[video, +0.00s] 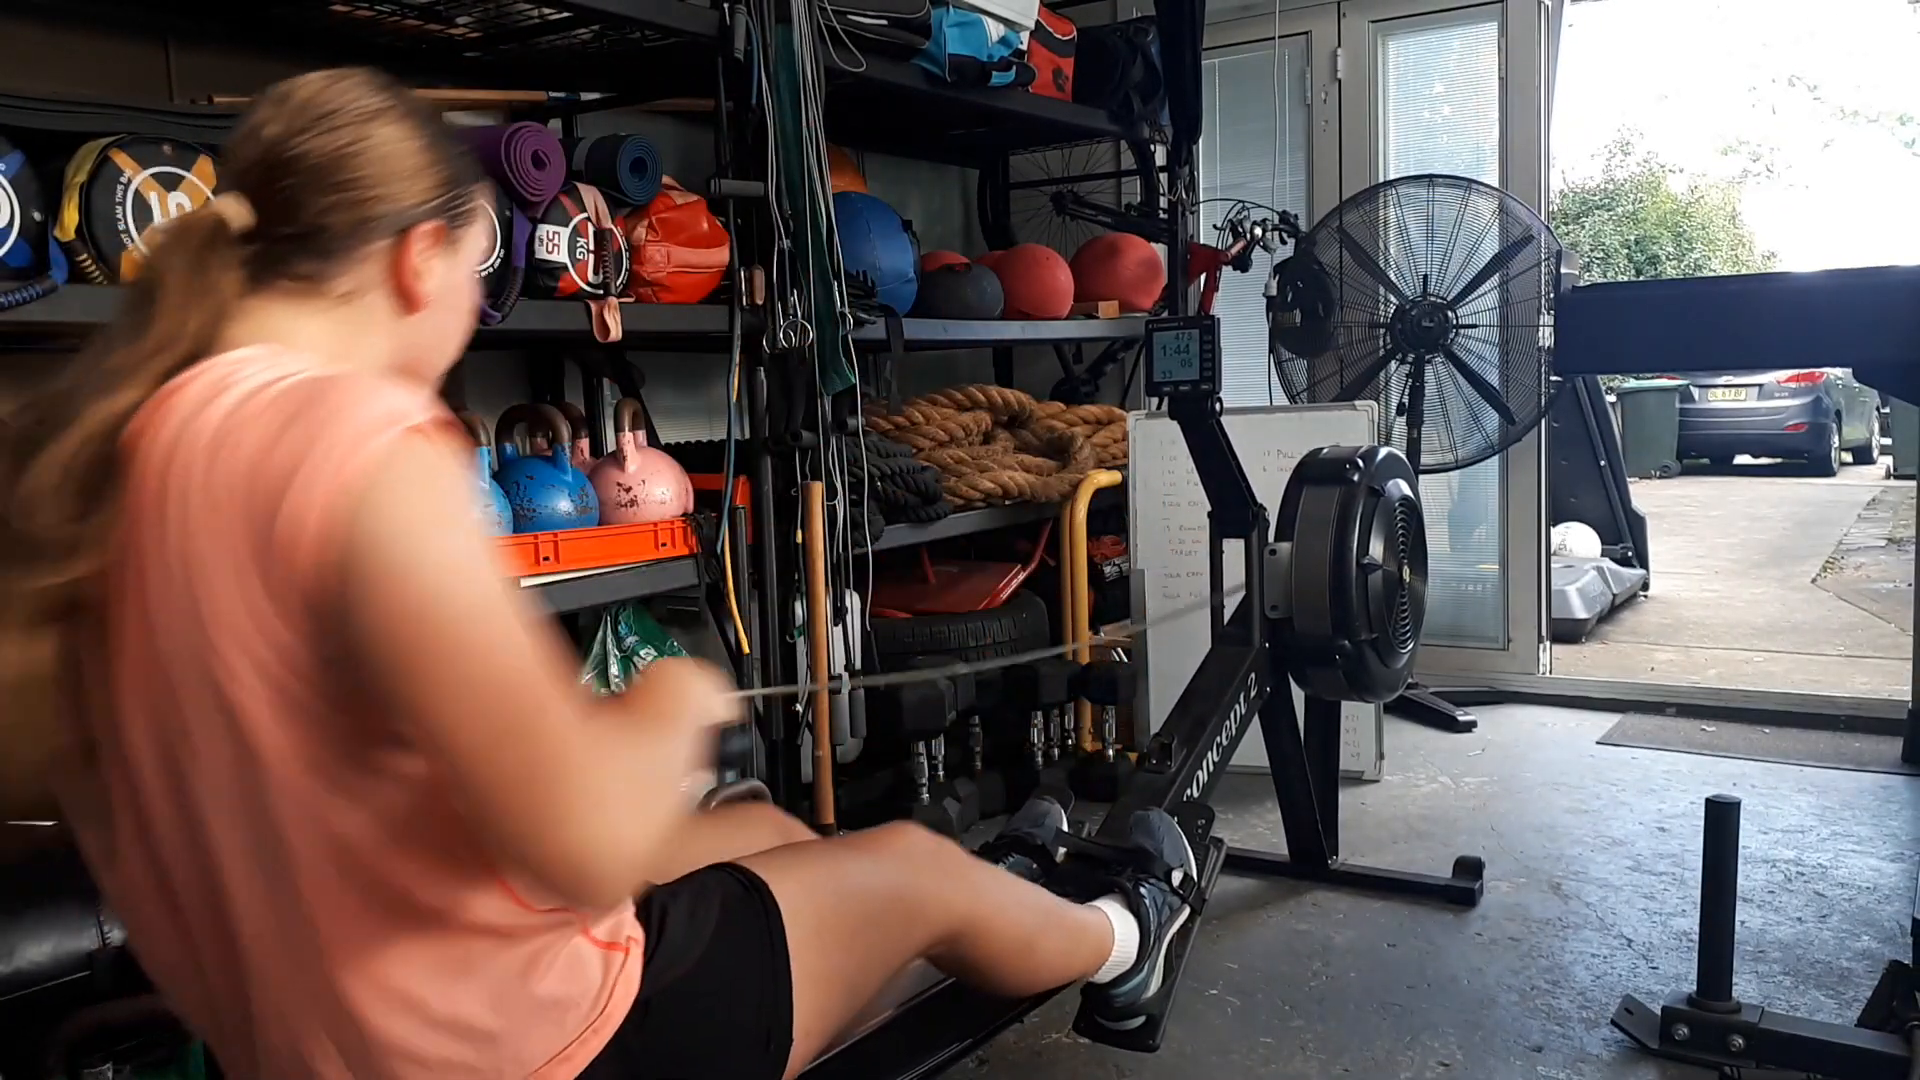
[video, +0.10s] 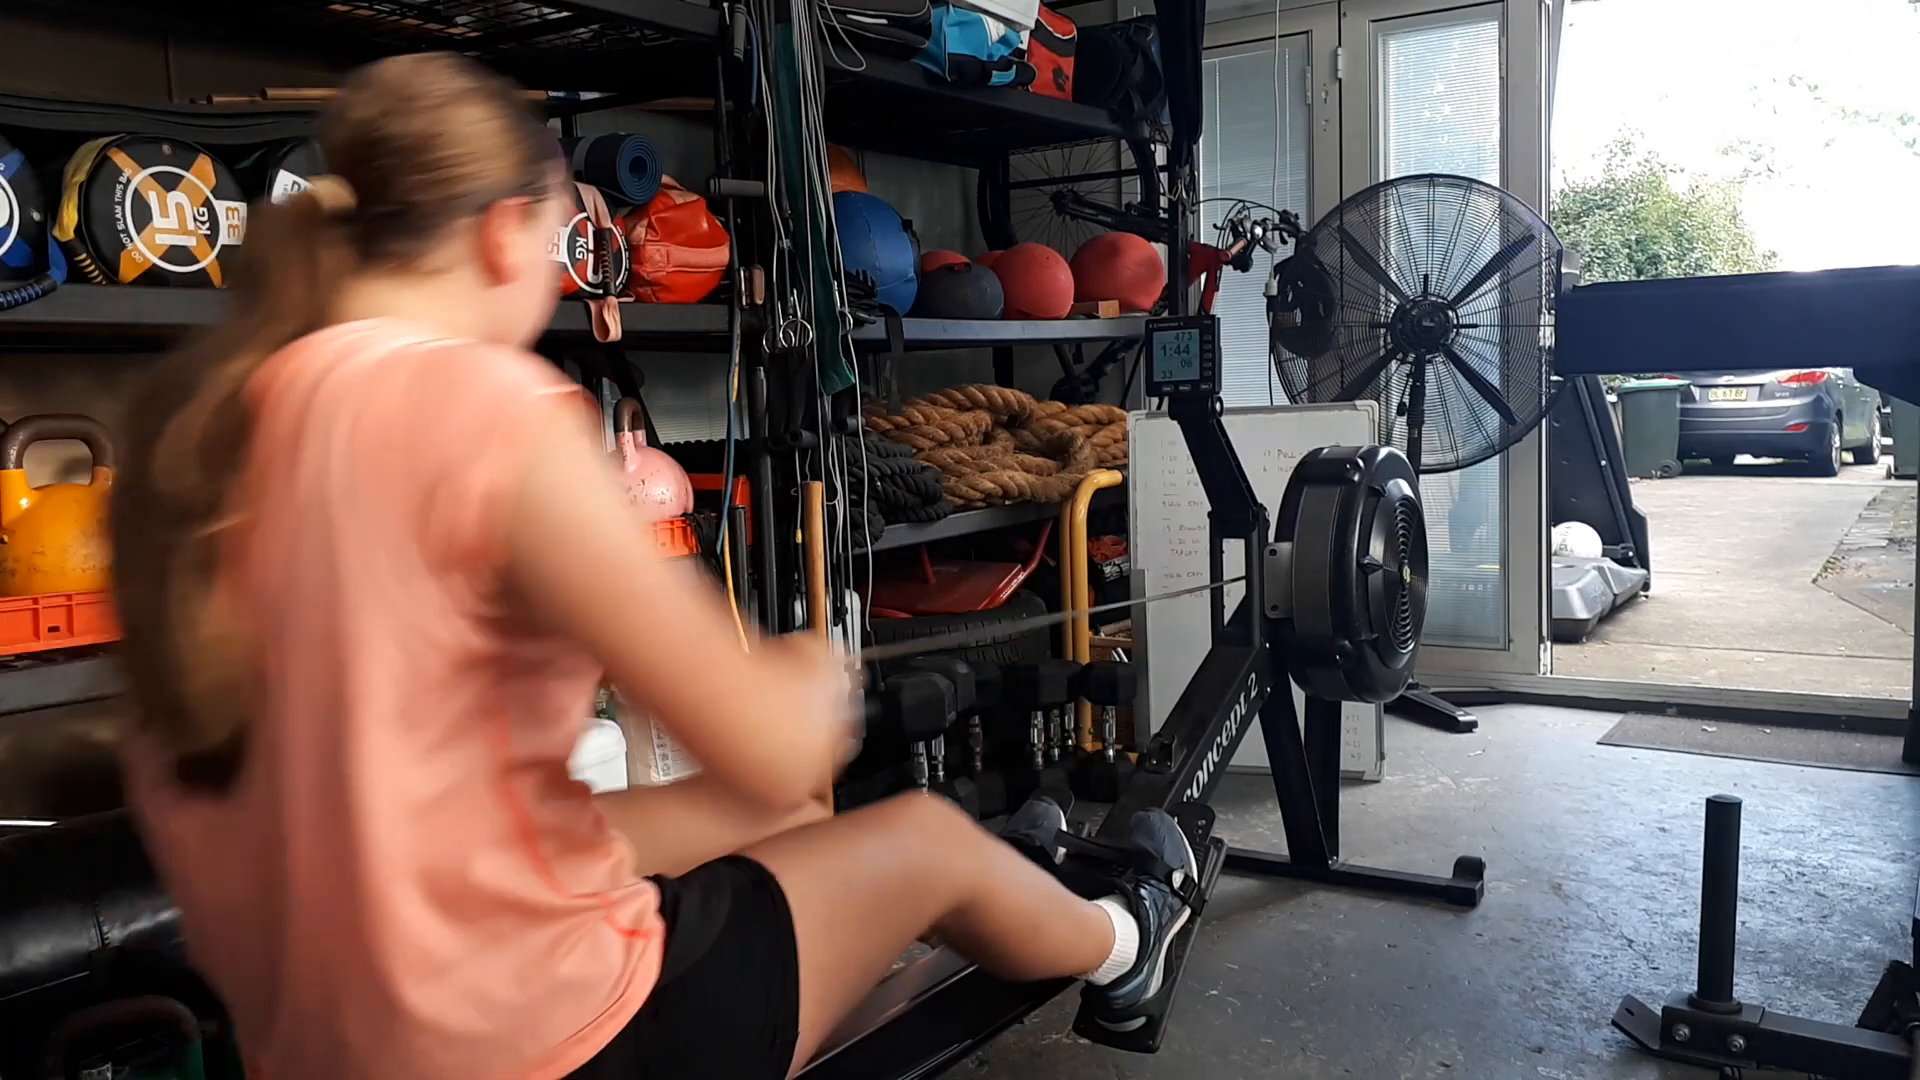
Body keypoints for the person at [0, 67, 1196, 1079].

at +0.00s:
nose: (479, 314)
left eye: (486, 278)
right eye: (482, 274)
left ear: (256, 253)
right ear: (415, 259)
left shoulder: (150, 427)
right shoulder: (370, 450)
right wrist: (679, 696)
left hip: (315, 1030)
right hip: (507, 1043)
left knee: (749, 828)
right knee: (915, 866)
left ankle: (847, 1013)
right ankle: (1110, 947)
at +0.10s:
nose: (561, 277)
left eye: (563, 238)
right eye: (560, 236)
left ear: (345, 220)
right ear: (503, 231)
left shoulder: (208, 417)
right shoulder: (486, 409)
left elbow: (179, 766)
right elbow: (783, 753)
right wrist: (820, 670)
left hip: (312, 1035)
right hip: (539, 1037)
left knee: (755, 801)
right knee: (926, 835)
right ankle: (1115, 951)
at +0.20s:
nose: (664, 259)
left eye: (664, 229)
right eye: (661, 228)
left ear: (461, 220)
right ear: (612, 227)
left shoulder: (340, 394)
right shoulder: (615, 398)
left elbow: (500, 690)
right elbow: (917, 694)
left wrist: (702, 612)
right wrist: (955, 633)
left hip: (343, 1026)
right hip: (572, 1027)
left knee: (791, 755)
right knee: (947, 792)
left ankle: (913, 915)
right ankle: (1120, 957)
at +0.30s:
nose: (762, 268)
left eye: (762, 240)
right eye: (761, 238)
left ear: (580, 239)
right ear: (721, 243)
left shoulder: (463, 395)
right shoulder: (747, 411)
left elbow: (560, 591)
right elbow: (1011, 641)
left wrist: (764, 600)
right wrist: (1055, 610)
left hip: (405, 1017)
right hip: (633, 1023)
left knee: (802, 710)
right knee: (984, 739)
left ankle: (913, 905)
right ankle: (1121, 957)